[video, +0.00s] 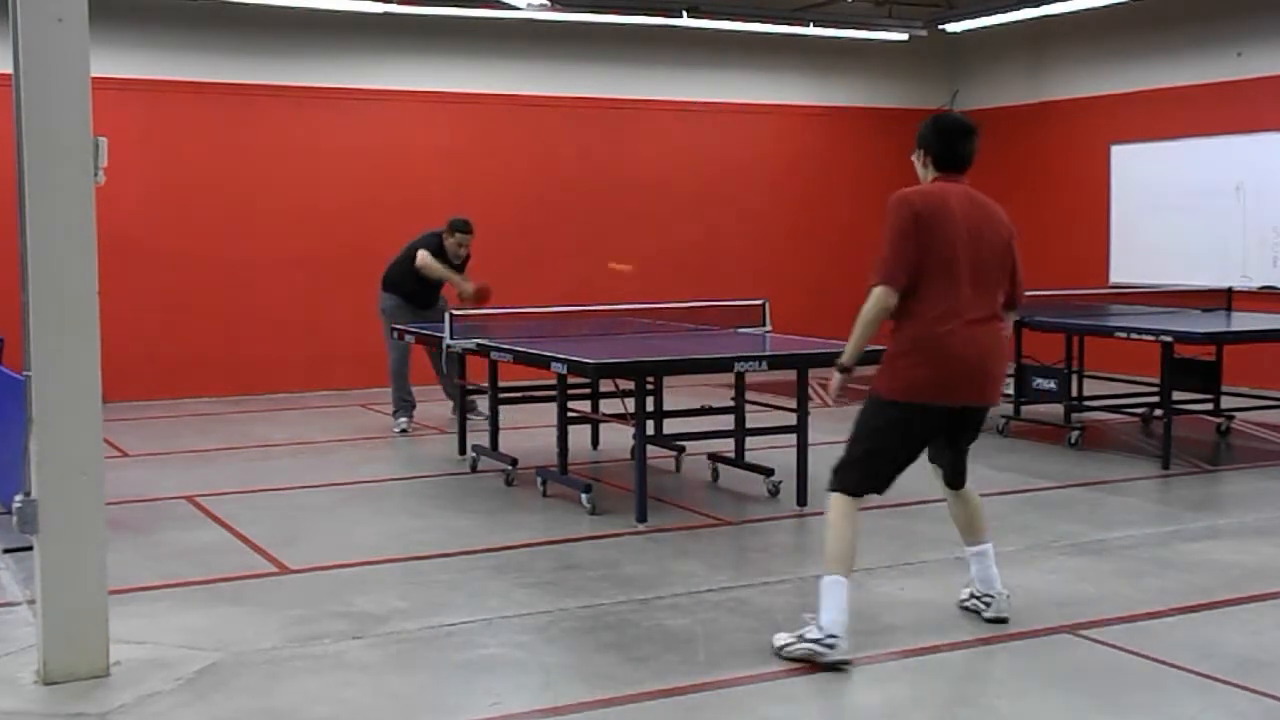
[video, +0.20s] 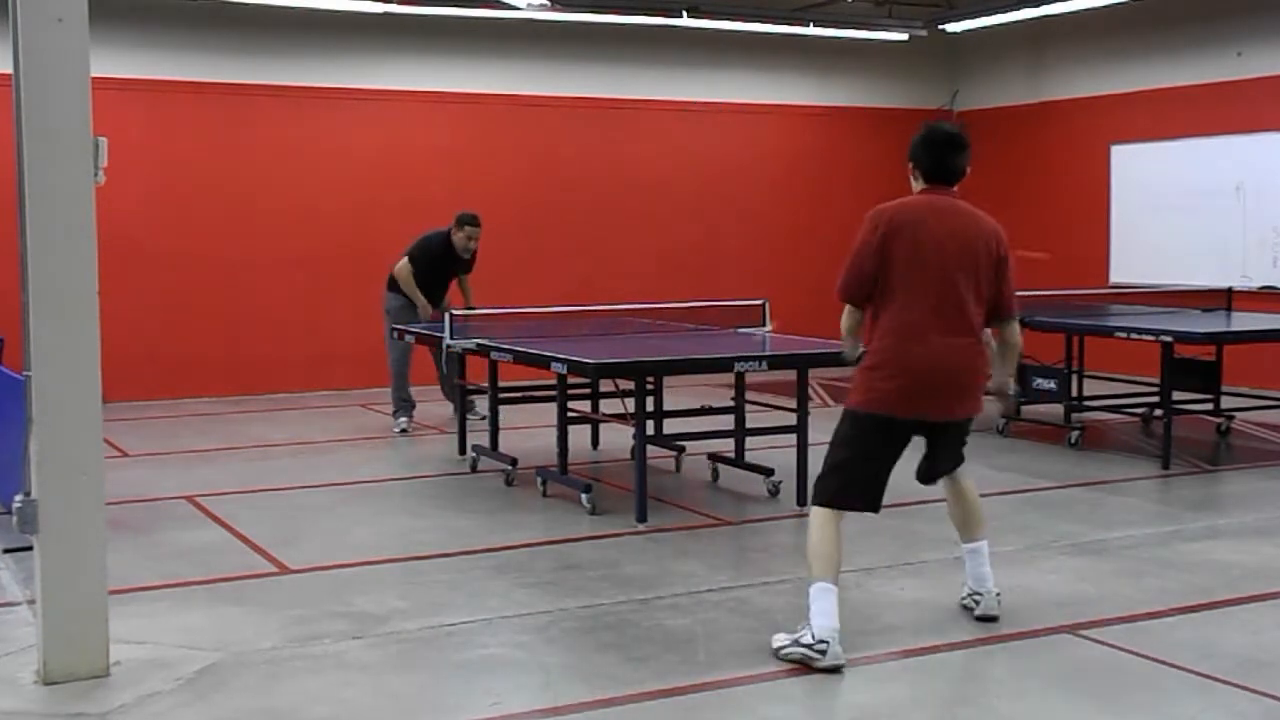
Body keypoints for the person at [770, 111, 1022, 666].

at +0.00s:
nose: (912, 160)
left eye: (914, 153)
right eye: (916, 152)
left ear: (924, 158)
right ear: (967, 158)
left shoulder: (912, 204)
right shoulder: (996, 215)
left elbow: (886, 294)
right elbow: (1011, 304)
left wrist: (845, 364)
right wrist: (955, 322)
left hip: (918, 374)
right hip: (980, 379)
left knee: (845, 487)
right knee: (954, 475)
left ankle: (829, 629)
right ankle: (989, 590)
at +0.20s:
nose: (908, 172)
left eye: (909, 165)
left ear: (912, 170)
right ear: (965, 171)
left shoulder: (887, 220)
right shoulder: (987, 230)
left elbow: (852, 318)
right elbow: (1007, 329)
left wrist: (859, 361)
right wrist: (1003, 379)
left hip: (888, 381)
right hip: (959, 385)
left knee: (826, 501)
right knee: (953, 469)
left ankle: (822, 633)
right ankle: (983, 590)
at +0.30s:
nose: (922, 169)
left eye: (920, 160)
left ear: (923, 167)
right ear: (975, 170)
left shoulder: (890, 214)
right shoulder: (993, 229)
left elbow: (852, 304)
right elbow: (1019, 326)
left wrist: (866, 314)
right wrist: (1039, 390)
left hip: (887, 382)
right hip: (959, 385)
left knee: (836, 498)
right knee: (958, 471)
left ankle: (822, 628)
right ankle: (984, 590)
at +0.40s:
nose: (920, 157)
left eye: (921, 149)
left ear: (925, 156)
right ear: (977, 159)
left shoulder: (895, 202)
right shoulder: (997, 217)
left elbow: (851, 291)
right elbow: (1020, 310)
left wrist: (882, 311)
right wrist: (1052, 382)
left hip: (894, 368)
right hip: (965, 374)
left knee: (835, 481)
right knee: (958, 471)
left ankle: (819, 597)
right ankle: (984, 591)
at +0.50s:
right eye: (967, 139)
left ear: (916, 141)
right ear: (967, 143)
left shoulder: (892, 183)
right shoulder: (987, 197)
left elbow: (867, 271)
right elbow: (1002, 291)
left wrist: (868, 311)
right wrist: (1022, 340)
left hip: (896, 355)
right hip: (968, 358)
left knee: (832, 460)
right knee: (961, 463)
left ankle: (802, 593)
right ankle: (983, 590)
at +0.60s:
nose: (904, 132)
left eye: (904, 124)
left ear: (907, 126)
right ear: (959, 127)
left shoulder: (899, 168)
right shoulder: (977, 177)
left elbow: (898, 250)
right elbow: (962, 251)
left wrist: (865, 296)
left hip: (900, 343)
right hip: (968, 343)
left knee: (832, 455)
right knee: (958, 458)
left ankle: (789, 586)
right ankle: (983, 588)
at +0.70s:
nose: (899, 122)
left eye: (899, 114)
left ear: (904, 117)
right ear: (955, 119)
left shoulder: (903, 160)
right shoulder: (965, 167)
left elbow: (909, 244)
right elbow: (866, 173)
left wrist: (861, 293)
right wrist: (782, 151)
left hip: (894, 342)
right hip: (959, 342)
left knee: (831, 458)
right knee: (959, 465)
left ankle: (796, 590)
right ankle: (983, 589)